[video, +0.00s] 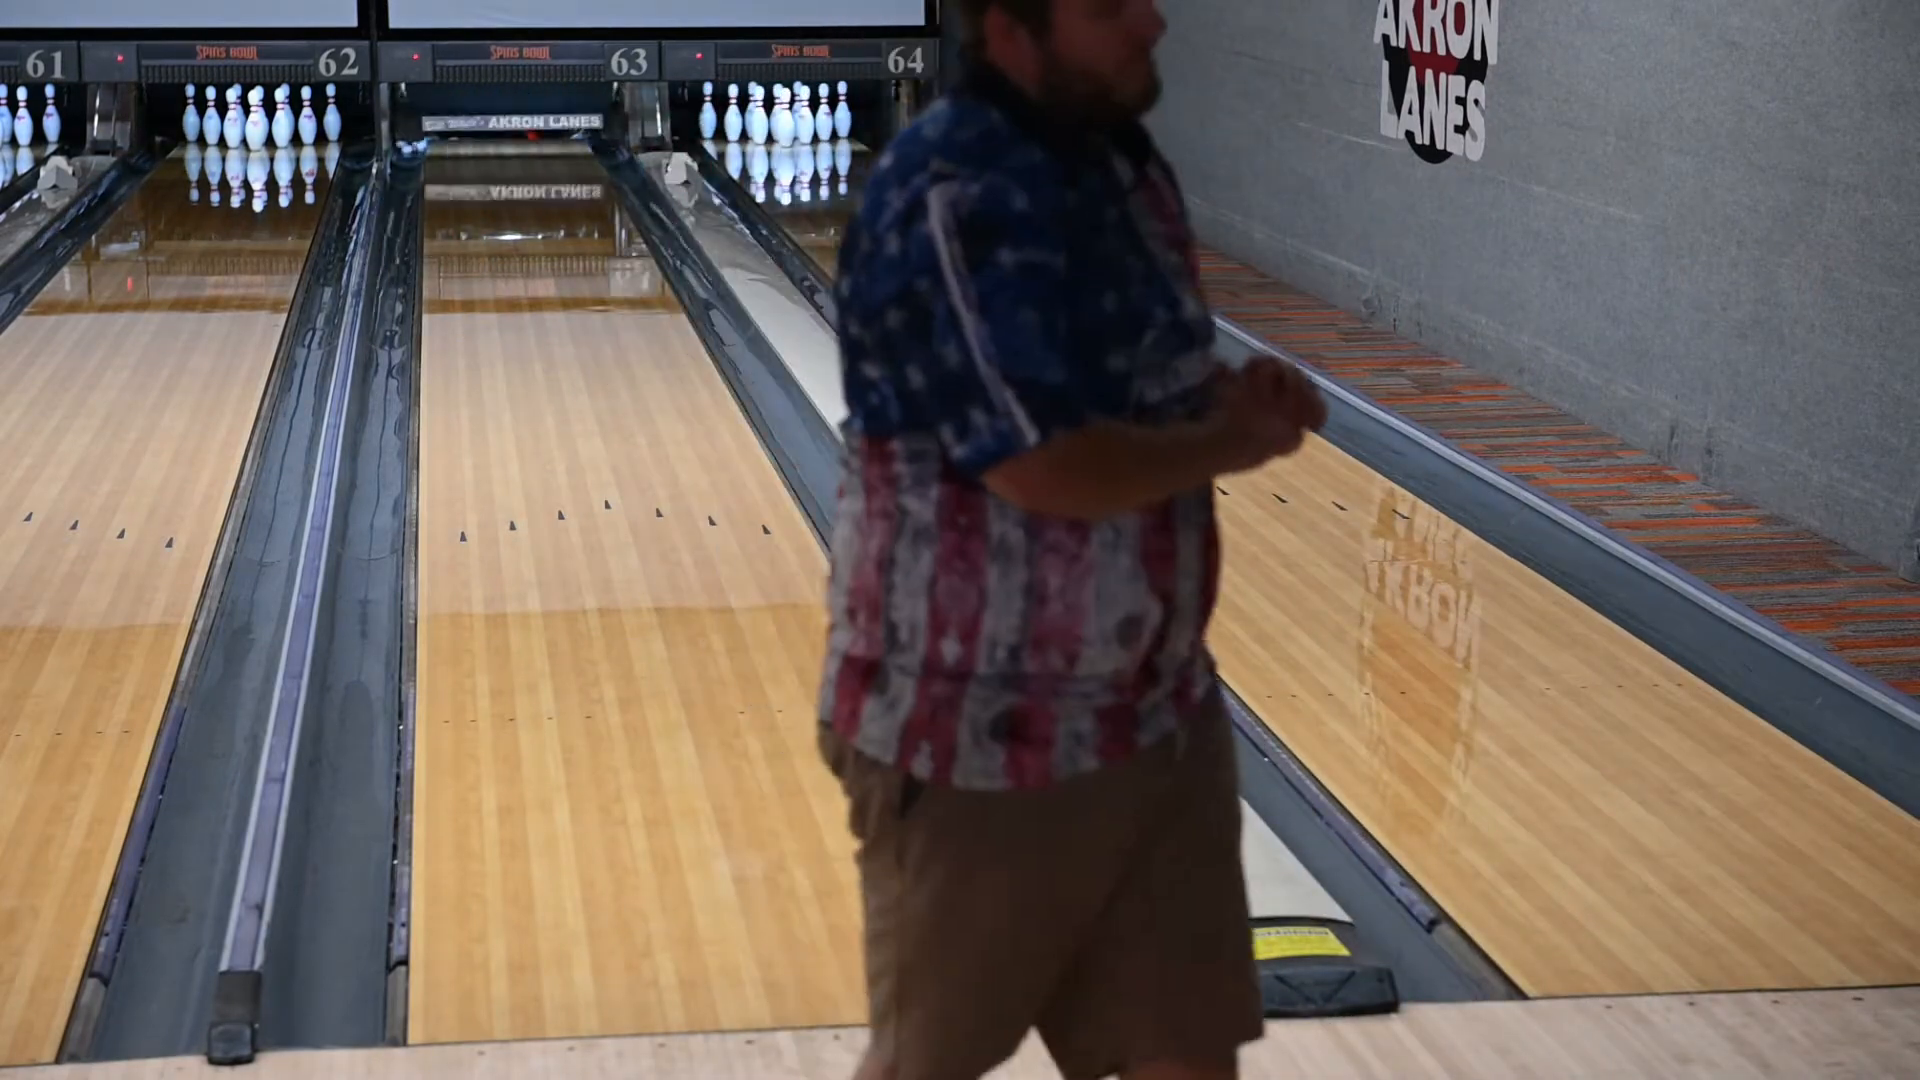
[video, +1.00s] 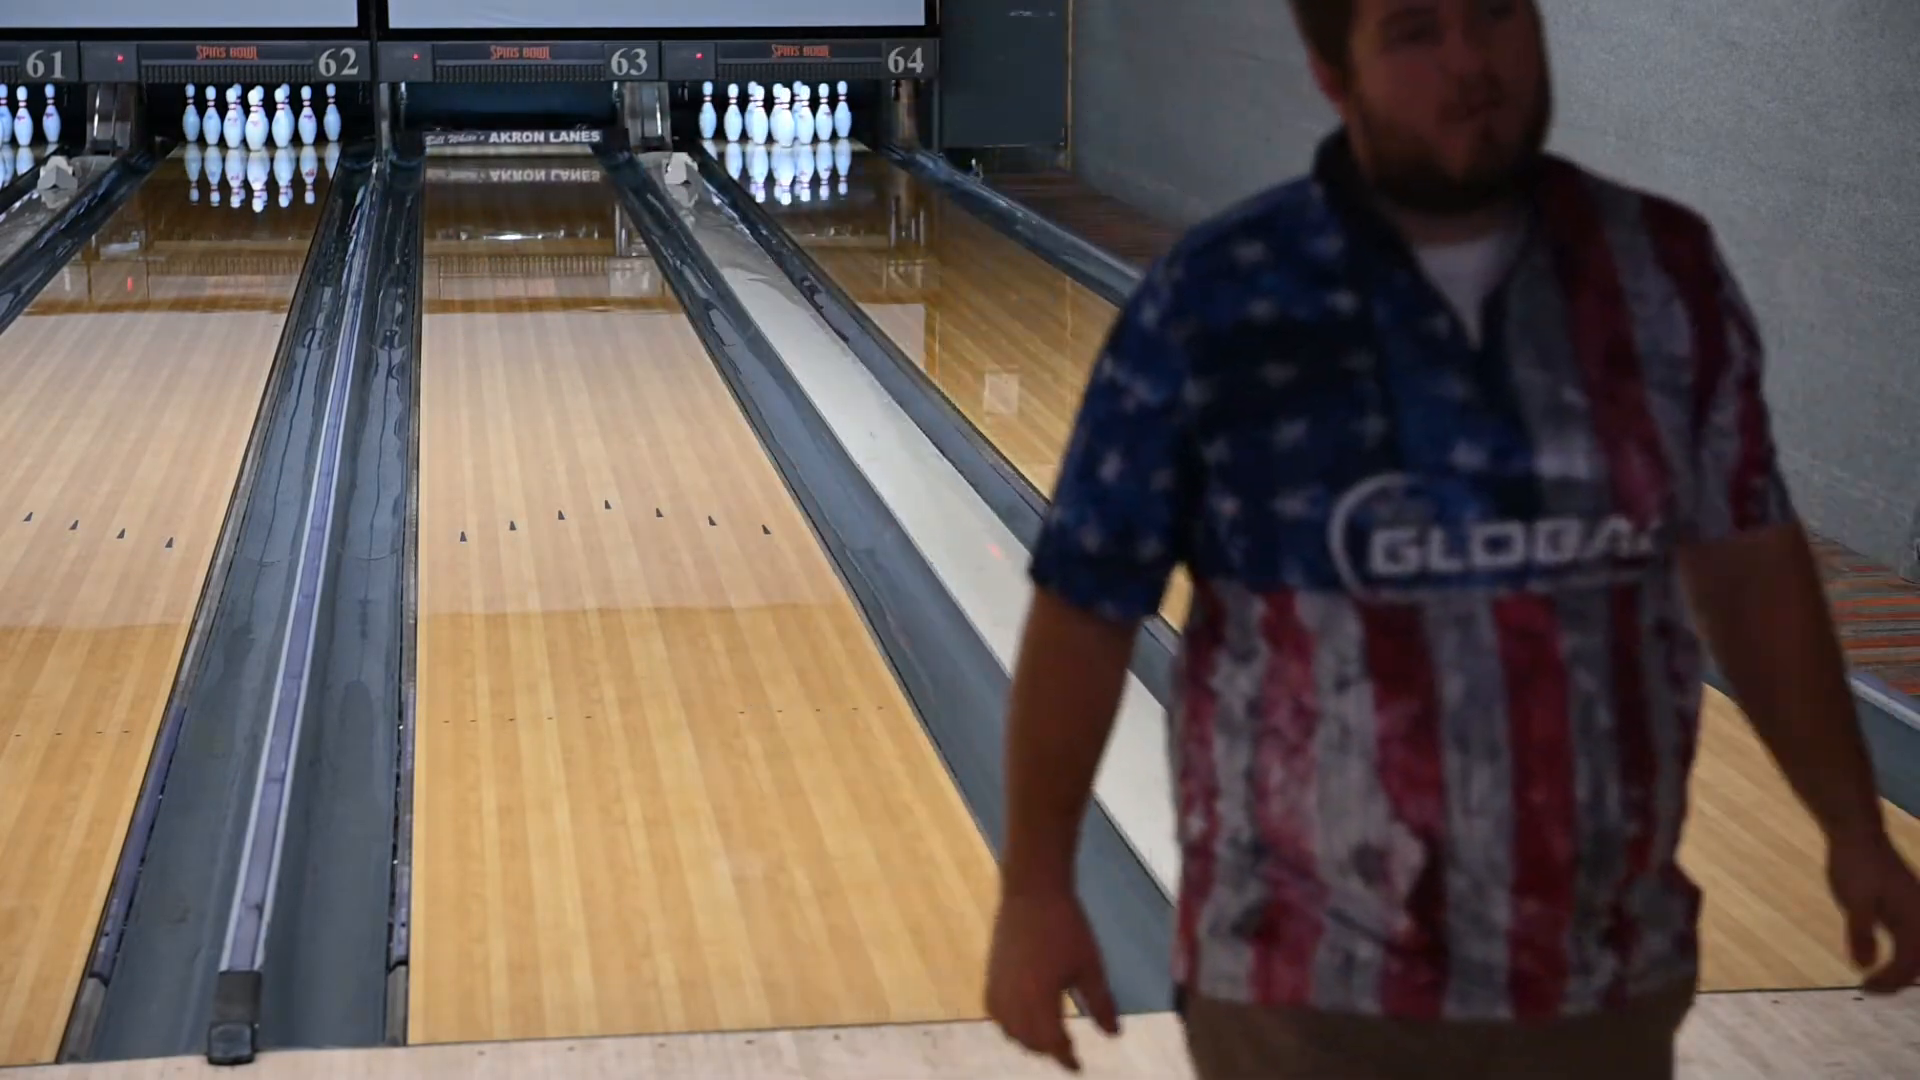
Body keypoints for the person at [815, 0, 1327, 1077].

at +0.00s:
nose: (1151, 20)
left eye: (1142, 0)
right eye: (1115, 4)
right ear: (1009, 29)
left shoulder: (1118, 159)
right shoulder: (941, 191)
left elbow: (1138, 379)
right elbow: (1038, 466)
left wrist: (1233, 398)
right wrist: (1229, 439)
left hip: (1152, 717)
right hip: (976, 740)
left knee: (1180, 1050)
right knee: (930, 1057)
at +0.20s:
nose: (1232, 52)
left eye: (1233, 16)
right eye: (1182, 30)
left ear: (1252, 17)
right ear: (1081, 57)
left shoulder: (1271, 203)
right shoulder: (1006, 233)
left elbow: (1354, 375)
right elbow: (1005, 508)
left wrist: (1389, 400)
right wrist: (1264, 549)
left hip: (1266, 784)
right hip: (1047, 800)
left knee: (1258, 1065)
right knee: (997, 1067)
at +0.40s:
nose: (1324, 34)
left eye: (1334, 1)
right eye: (1272, 13)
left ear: (1366, 9)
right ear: (1184, 41)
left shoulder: (1420, 197)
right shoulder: (1087, 220)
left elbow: (1627, 342)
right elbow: (976, 479)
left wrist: (1566, 364)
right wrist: (1184, 666)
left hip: (1389, 804)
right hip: (1157, 824)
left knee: (1399, 1066)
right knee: (1164, 1068)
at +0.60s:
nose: (1398, 18)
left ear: (1458, 12)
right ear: (1260, 23)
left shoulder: (1532, 195)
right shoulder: (1146, 217)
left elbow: (1767, 280)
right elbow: (1001, 467)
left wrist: (1786, 394)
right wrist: (1026, 718)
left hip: (1467, 818)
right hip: (1210, 821)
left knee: (1471, 1065)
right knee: (1227, 1065)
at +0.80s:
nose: (1436, 48)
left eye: (1461, 7)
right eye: (1381, 18)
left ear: (1501, 24)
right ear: (1299, 50)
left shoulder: (1601, 247)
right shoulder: (1182, 262)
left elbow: (1785, 482)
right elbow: (1045, 543)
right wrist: (996, 804)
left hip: (1527, 903)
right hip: (1267, 910)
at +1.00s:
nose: (1471, 65)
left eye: (1497, 18)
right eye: (1414, 33)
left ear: (1542, 34)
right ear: (1332, 74)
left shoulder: (1660, 269)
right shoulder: (1212, 301)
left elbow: (1747, 558)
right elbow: (1082, 598)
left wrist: (1854, 825)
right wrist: (1035, 887)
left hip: (1592, 961)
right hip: (1304, 969)